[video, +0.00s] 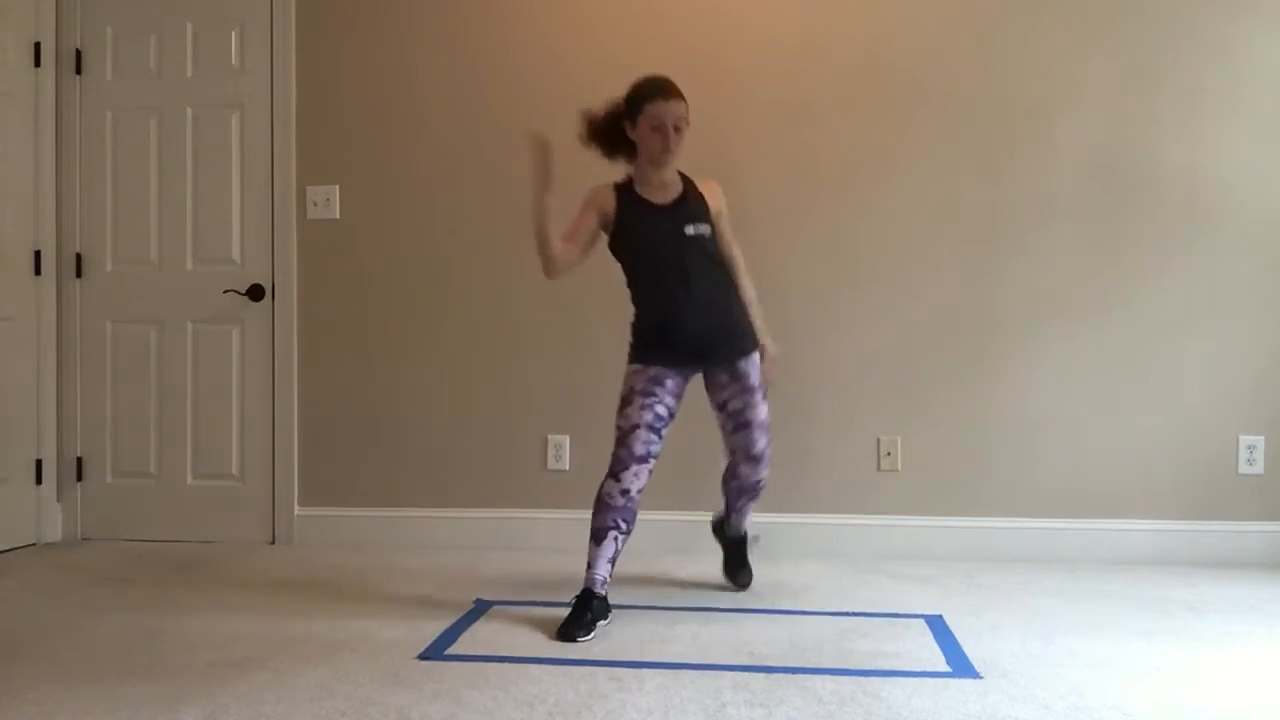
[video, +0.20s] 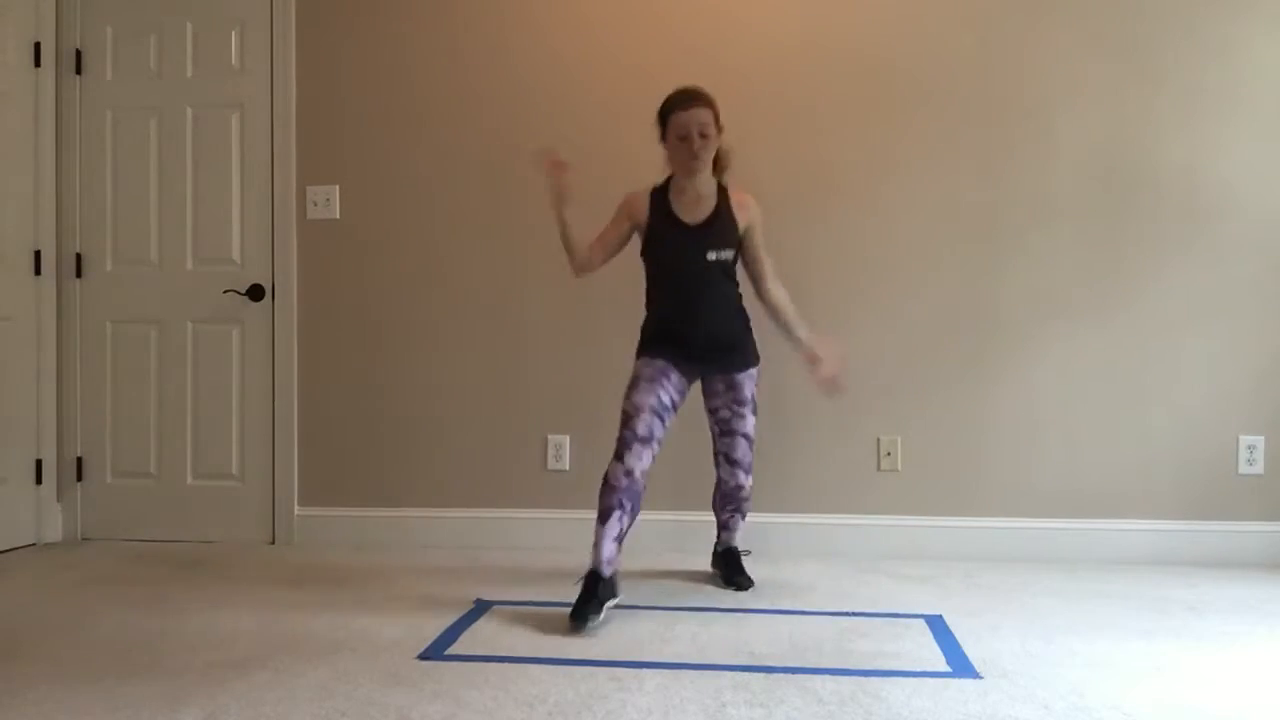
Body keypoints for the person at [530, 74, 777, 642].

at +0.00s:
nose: (672, 136)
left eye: (680, 125)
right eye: (659, 126)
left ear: (689, 130)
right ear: (633, 131)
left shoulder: (706, 193)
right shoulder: (609, 200)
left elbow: (735, 266)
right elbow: (555, 262)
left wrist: (761, 335)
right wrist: (542, 190)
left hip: (728, 340)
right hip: (660, 348)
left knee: (753, 453)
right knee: (628, 469)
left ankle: (734, 530)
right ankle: (594, 592)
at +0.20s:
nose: (695, 144)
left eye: (704, 134)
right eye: (683, 135)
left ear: (718, 139)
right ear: (664, 142)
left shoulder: (739, 206)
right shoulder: (642, 206)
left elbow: (767, 285)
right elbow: (583, 263)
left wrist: (810, 345)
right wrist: (561, 202)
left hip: (731, 350)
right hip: (666, 349)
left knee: (736, 461)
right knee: (630, 458)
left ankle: (727, 550)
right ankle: (600, 576)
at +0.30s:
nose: (699, 116)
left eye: (709, 104)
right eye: (688, 107)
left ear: (724, 109)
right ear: (672, 113)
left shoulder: (743, 178)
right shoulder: (649, 170)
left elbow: (768, 260)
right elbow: (595, 233)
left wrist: (836, 275)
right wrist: (525, 241)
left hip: (713, 324)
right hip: (649, 316)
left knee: (722, 437)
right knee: (631, 425)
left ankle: (726, 542)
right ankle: (635, 532)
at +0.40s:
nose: (694, 118)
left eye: (703, 107)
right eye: (683, 110)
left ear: (721, 109)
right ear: (668, 115)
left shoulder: (737, 180)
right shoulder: (647, 171)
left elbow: (753, 263)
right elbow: (619, 244)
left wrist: (800, 223)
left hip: (704, 326)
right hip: (641, 320)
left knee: (713, 438)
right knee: (639, 434)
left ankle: (710, 541)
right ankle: (638, 540)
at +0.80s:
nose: (689, 109)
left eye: (698, 98)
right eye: (676, 99)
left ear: (711, 100)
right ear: (654, 102)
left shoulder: (729, 164)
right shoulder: (631, 167)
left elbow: (762, 245)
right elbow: (596, 244)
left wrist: (813, 305)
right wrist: (532, 230)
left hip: (734, 308)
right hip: (669, 315)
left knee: (754, 425)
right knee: (657, 432)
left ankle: (785, 557)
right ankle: (659, 543)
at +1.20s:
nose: (697, 93)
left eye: (709, 82)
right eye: (687, 83)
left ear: (735, 88)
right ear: (676, 89)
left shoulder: (750, 163)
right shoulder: (653, 160)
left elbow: (786, 249)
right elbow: (595, 226)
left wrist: (855, 279)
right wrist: (515, 217)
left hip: (728, 324)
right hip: (658, 320)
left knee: (753, 450)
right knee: (618, 420)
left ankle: (797, 586)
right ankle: (631, 519)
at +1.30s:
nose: (684, 87)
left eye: (696, 75)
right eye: (674, 77)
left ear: (722, 82)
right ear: (664, 85)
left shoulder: (738, 156)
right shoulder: (640, 152)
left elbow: (767, 242)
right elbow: (592, 229)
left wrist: (818, 198)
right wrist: (535, 281)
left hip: (703, 319)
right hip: (629, 314)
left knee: (735, 450)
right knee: (588, 437)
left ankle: (782, 583)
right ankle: (579, 556)